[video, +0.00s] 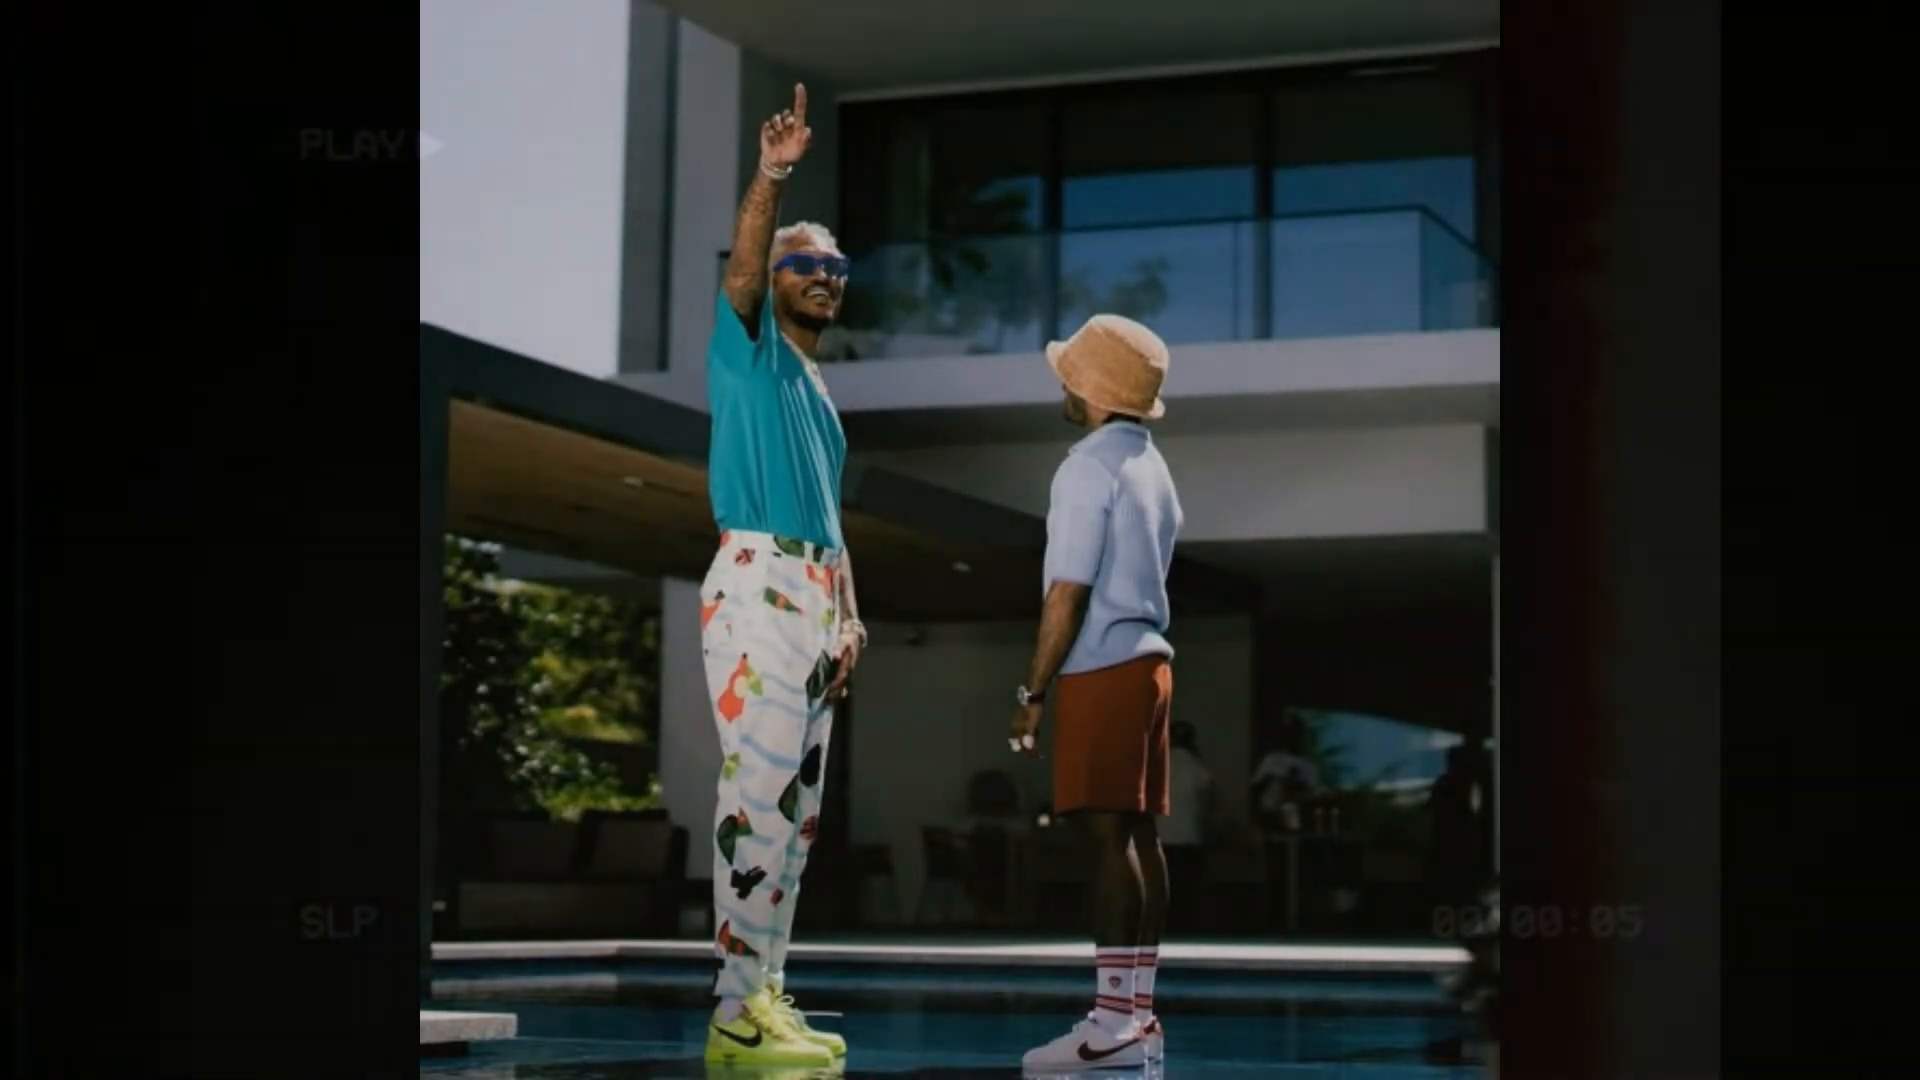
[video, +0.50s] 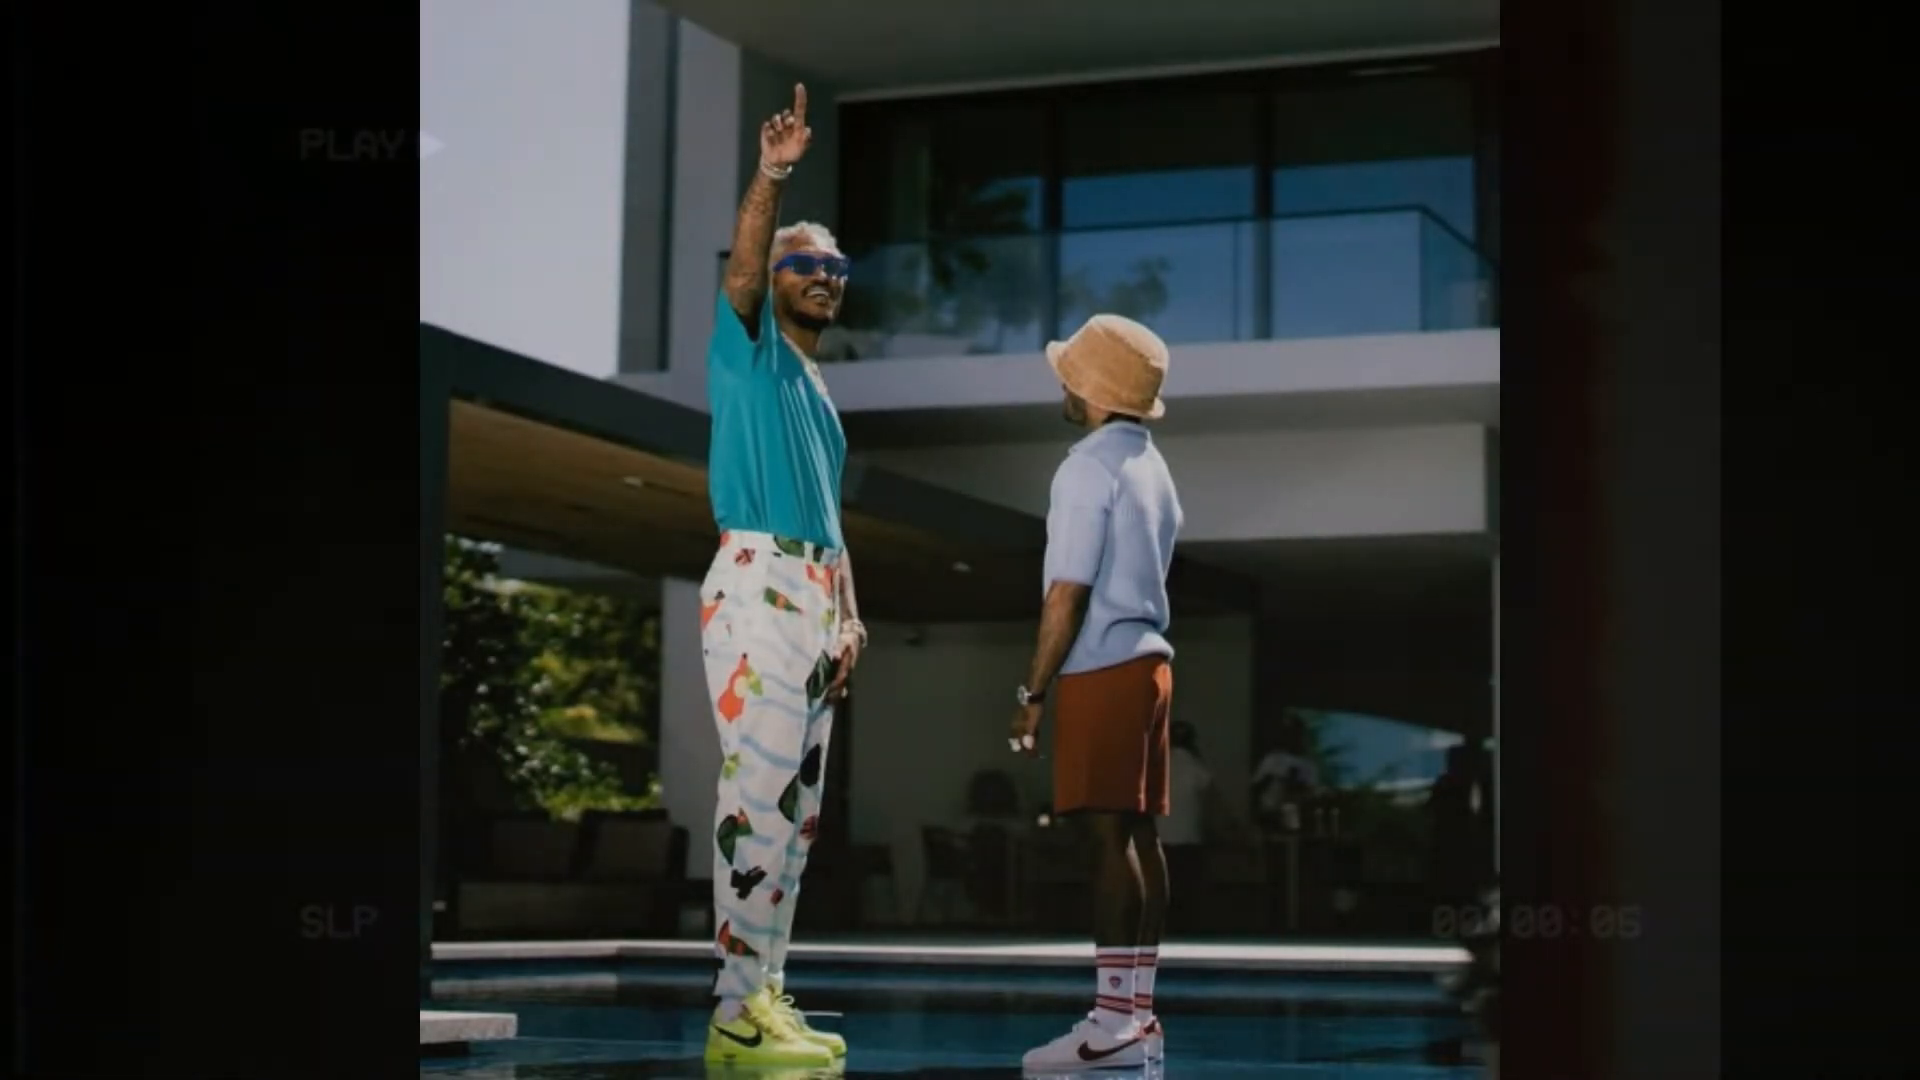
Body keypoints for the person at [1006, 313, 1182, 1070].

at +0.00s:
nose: (1064, 389)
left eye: (1072, 379)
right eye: (1069, 377)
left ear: (1092, 391)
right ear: (1131, 394)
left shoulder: (1088, 468)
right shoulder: (1148, 463)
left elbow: (1067, 594)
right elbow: (1146, 579)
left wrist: (1031, 691)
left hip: (1104, 669)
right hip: (1146, 666)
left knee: (1107, 838)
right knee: (1140, 837)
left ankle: (1116, 1014)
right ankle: (1135, 1011)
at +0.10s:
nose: (1064, 389)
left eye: (1072, 379)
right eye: (1069, 377)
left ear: (1092, 391)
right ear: (1131, 394)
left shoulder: (1088, 468)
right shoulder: (1148, 463)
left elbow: (1067, 595)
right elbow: (1147, 578)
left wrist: (1032, 691)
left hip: (1104, 669)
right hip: (1146, 666)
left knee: (1107, 837)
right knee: (1140, 837)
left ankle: (1116, 1014)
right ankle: (1135, 1011)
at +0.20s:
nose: (1064, 389)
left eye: (1072, 379)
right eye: (1069, 377)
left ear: (1092, 391)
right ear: (1131, 394)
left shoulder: (1087, 468)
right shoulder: (1148, 463)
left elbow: (1067, 595)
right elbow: (1147, 577)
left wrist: (1032, 691)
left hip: (1104, 669)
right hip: (1146, 666)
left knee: (1107, 838)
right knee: (1140, 837)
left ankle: (1116, 1014)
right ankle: (1135, 1011)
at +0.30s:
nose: (1064, 389)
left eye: (1072, 379)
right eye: (1069, 378)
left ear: (1091, 392)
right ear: (1131, 394)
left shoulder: (1088, 468)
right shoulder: (1148, 463)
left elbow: (1067, 595)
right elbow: (1147, 577)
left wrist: (1031, 691)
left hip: (1104, 670)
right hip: (1146, 666)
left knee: (1108, 839)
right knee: (1140, 838)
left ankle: (1116, 1015)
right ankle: (1136, 1012)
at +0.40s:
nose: (1064, 389)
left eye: (1072, 379)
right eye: (1069, 377)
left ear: (1091, 392)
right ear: (1131, 394)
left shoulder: (1088, 468)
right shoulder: (1148, 463)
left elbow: (1067, 595)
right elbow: (1146, 578)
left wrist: (1031, 691)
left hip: (1104, 670)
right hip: (1146, 666)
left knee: (1108, 839)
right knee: (1141, 838)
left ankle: (1115, 1015)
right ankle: (1135, 1011)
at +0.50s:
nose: (1064, 389)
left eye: (1072, 379)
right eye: (1069, 377)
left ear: (1091, 392)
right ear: (1131, 394)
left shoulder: (1088, 468)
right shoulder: (1148, 463)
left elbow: (1067, 595)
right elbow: (1146, 578)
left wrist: (1031, 691)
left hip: (1104, 670)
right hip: (1146, 666)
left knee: (1108, 838)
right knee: (1141, 838)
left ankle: (1115, 1014)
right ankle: (1135, 1011)